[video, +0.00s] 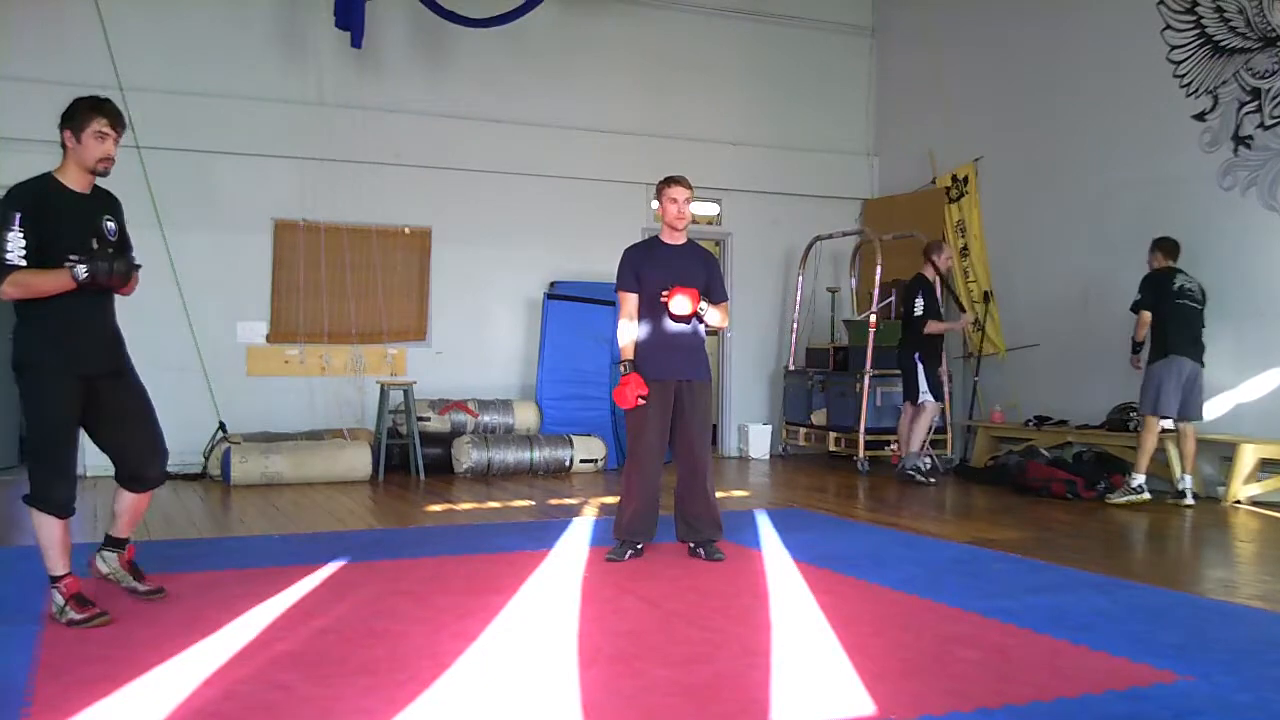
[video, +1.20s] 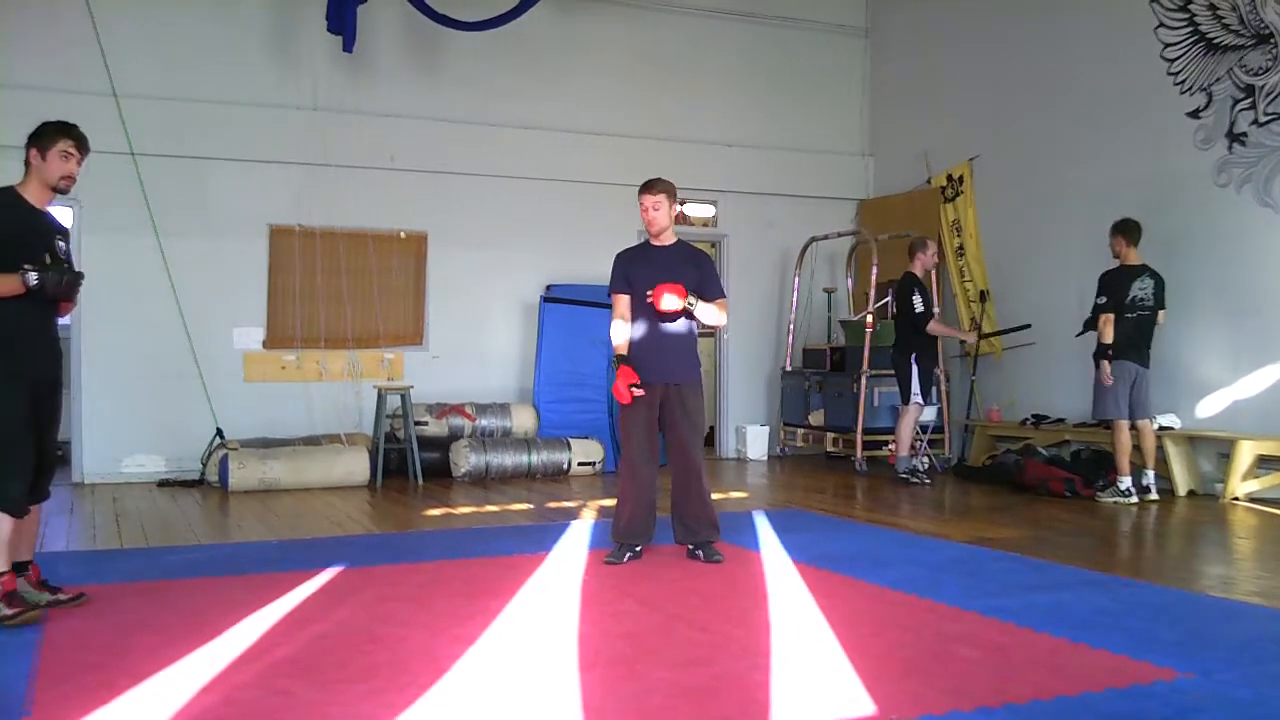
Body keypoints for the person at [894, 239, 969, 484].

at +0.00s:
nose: (951, 264)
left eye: (951, 259)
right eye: (948, 259)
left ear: (932, 259)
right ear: (933, 259)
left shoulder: (928, 284)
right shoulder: (920, 285)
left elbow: (932, 330)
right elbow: (922, 326)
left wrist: (941, 362)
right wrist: (958, 325)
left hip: (918, 353)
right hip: (917, 353)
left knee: (909, 408)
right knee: (930, 405)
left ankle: (906, 460)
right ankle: (911, 459)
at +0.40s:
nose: (921, 260)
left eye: (921, 255)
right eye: (919, 255)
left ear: (903, 257)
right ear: (907, 257)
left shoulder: (895, 282)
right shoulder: (898, 284)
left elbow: (903, 325)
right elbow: (909, 327)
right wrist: (938, 340)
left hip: (889, 351)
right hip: (892, 353)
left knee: (886, 406)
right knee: (892, 406)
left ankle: (880, 460)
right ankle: (880, 462)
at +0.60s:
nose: (905, 257)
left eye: (905, 252)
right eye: (903, 253)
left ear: (887, 255)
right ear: (891, 255)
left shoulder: (880, 280)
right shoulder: (881, 282)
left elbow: (897, 320)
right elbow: (899, 322)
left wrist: (919, 303)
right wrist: (922, 305)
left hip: (875, 350)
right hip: (877, 352)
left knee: (874, 405)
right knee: (879, 404)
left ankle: (869, 459)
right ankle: (868, 461)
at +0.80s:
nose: (920, 257)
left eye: (919, 253)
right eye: (917, 253)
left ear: (901, 255)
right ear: (905, 255)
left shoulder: (891, 280)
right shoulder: (898, 283)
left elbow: (915, 316)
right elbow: (924, 318)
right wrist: (939, 300)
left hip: (889, 349)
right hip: (895, 351)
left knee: (891, 406)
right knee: (895, 404)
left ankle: (886, 460)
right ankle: (884, 462)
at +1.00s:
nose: (937, 258)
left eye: (937, 254)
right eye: (934, 254)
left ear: (918, 257)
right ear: (921, 257)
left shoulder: (910, 283)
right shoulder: (914, 285)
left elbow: (930, 320)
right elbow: (936, 321)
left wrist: (963, 317)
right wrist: (970, 316)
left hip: (911, 353)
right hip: (912, 355)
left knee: (911, 408)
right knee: (912, 408)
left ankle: (904, 462)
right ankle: (903, 465)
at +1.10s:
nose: (937, 259)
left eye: (936, 254)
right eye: (933, 254)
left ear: (918, 257)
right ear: (919, 257)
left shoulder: (911, 283)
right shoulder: (913, 285)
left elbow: (931, 321)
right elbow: (932, 323)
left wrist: (963, 328)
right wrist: (967, 329)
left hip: (913, 354)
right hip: (911, 355)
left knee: (912, 408)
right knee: (913, 408)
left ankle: (903, 462)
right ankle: (902, 465)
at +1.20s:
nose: (936, 259)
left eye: (936, 254)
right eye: (933, 255)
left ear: (919, 258)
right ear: (920, 257)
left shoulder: (910, 284)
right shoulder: (912, 285)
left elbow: (919, 325)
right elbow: (927, 325)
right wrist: (962, 335)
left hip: (912, 353)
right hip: (912, 355)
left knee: (908, 408)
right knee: (914, 407)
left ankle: (904, 462)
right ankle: (903, 465)